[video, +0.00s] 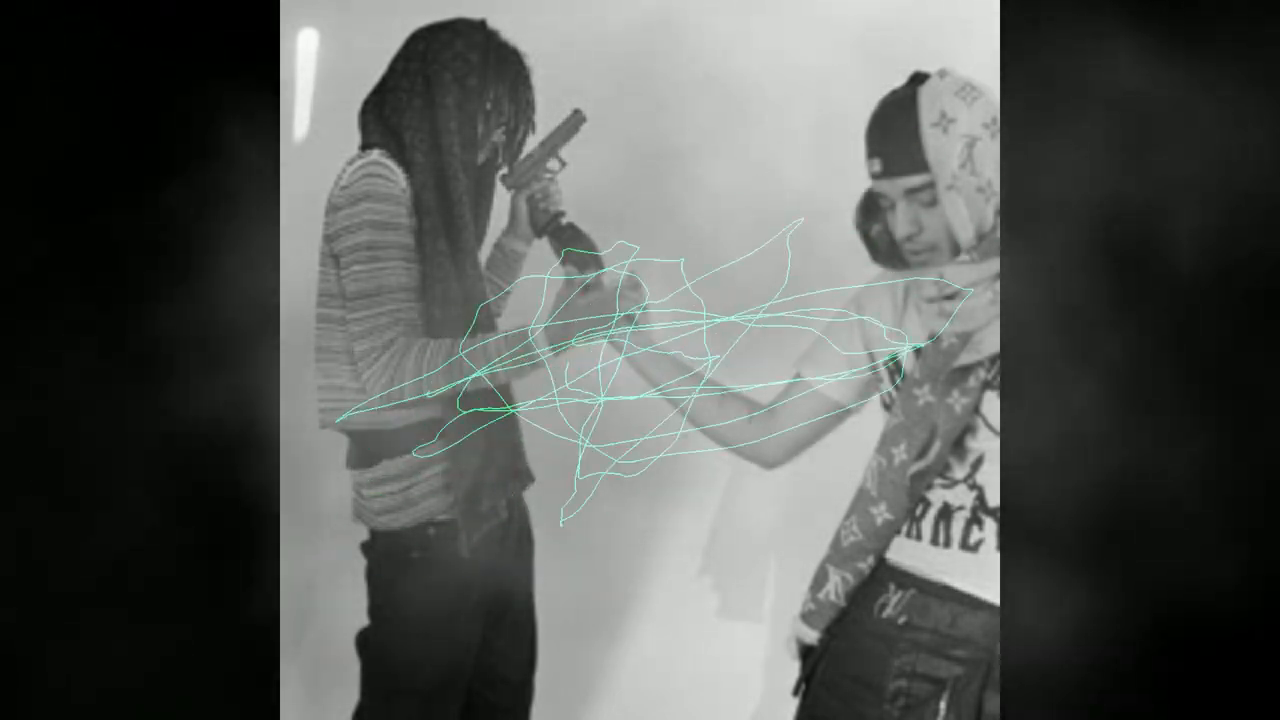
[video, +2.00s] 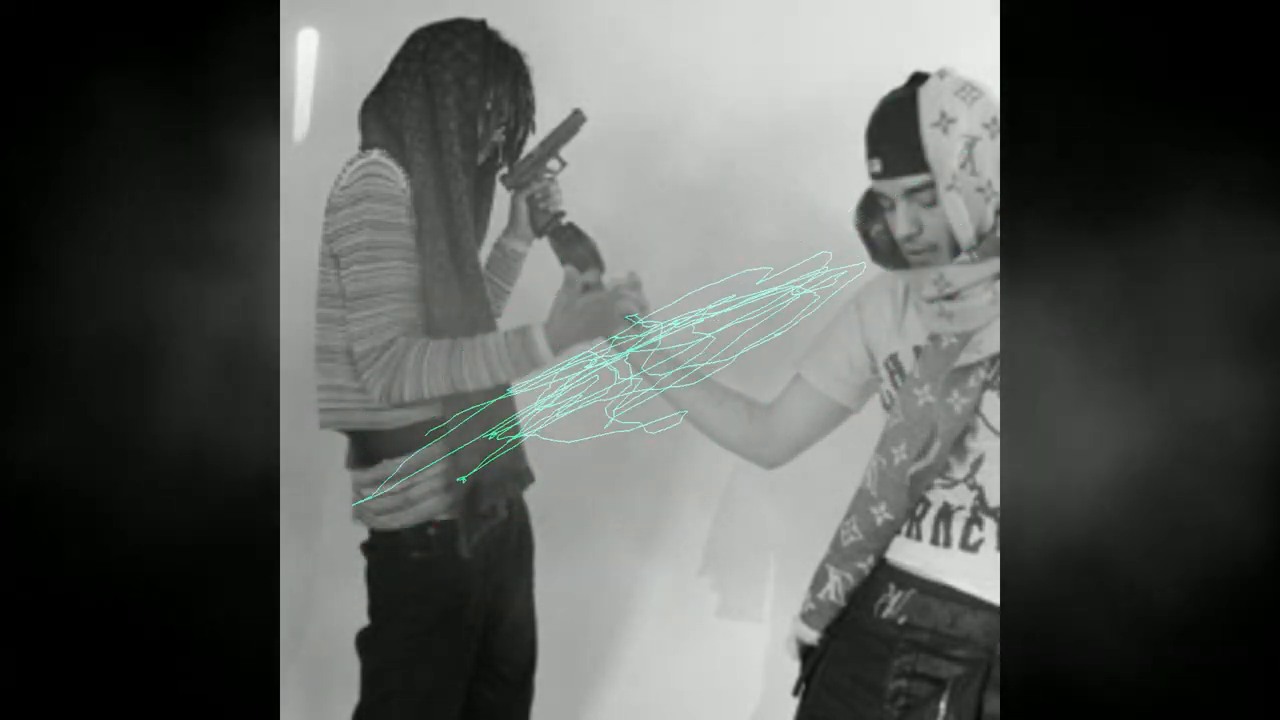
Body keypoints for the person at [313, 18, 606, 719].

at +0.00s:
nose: (499, 146)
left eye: (506, 125)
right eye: (492, 120)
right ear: (448, 106)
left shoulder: (426, 190)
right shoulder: (377, 182)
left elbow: (460, 328)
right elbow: (386, 370)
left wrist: (516, 234)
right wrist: (554, 335)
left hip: (487, 502)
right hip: (425, 518)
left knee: (499, 701)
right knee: (413, 706)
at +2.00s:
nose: (498, 143)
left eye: (505, 124)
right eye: (493, 118)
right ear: (450, 105)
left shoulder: (426, 191)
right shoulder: (377, 182)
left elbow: (465, 327)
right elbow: (387, 369)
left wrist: (518, 233)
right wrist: (550, 339)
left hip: (487, 503)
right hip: (422, 522)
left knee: (500, 699)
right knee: (413, 704)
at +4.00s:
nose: (495, 142)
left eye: (502, 124)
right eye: (489, 119)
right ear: (446, 108)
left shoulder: (430, 191)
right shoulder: (377, 182)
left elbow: (464, 330)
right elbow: (388, 370)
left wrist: (518, 234)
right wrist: (555, 337)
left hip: (486, 498)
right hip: (420, 514)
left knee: (500, 697)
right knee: (411, 703)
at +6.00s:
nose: (499, 147)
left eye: (506, 129)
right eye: (493, 124)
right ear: (450, 110)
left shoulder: (425, 192)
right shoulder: (377, 183)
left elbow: (462, 329)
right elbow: (388, 369)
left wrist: (519, 234)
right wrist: (550, 338)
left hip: (486, 493)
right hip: (423, 510)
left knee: (500, 695)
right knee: (413, 702)